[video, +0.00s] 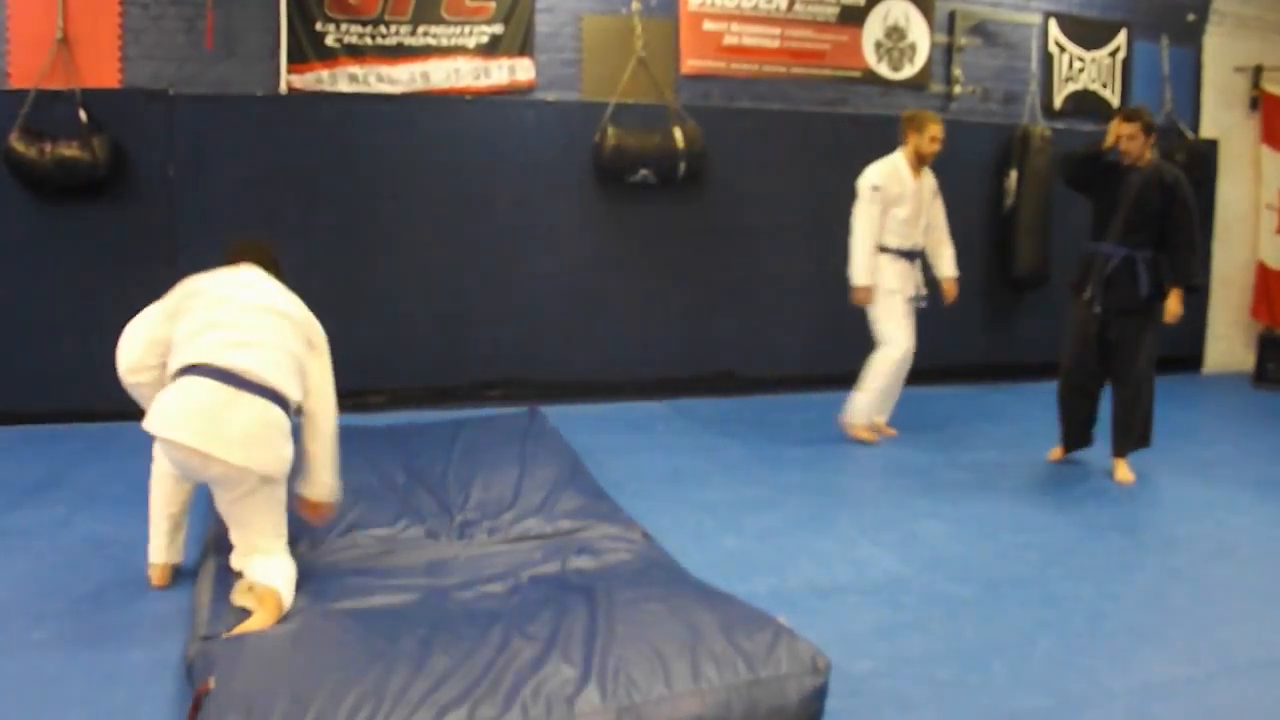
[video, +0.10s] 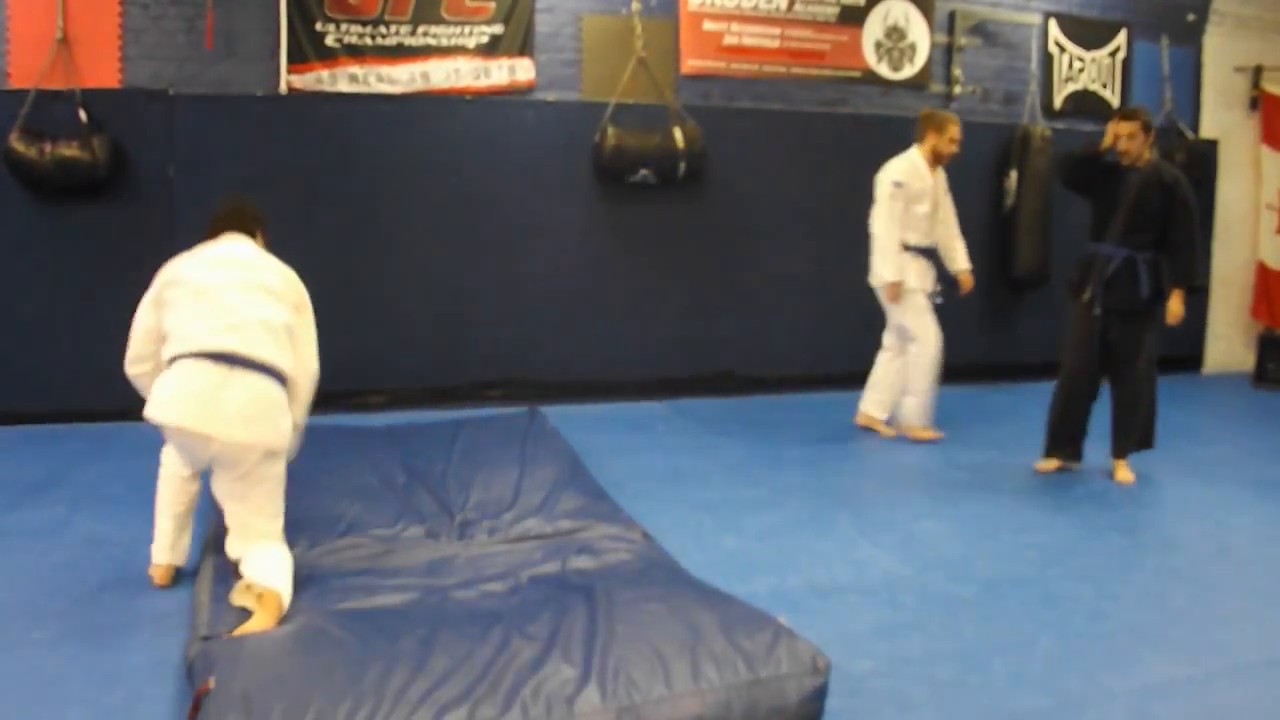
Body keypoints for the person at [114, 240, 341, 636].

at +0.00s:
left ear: (230, 265)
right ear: (277, 274)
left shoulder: (195, 288)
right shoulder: (304, 319)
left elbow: (133, 355)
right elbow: (321, 412)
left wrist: (168, 409)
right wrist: (320, 487)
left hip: (184, 421)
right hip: (256, 439)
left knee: (171, 457)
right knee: (263, 545)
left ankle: (161, 563)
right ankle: (267, 601)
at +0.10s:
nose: (267, 245)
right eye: (266, 240)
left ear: (210, 234)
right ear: (260, 238)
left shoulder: (178, 267)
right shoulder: (287, 280)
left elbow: (138, 359)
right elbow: (306, 369)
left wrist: (171, 401)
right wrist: (287, 434)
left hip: (186, 394)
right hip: (259, 405)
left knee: (180, 460)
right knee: (260, 528)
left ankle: (164, 562)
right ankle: (269, 595)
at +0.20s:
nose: (270, 210)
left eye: (268, 204)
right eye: (269, 204)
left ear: (212, 203)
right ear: (261, 203)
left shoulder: (176, 246)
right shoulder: (285, 250)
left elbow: (153, 332)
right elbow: (305, 341)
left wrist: (169, 379)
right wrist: (298, 412)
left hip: (185, 362)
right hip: (259, 368)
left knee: (191, 451)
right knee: (268, 499)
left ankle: (166, 561)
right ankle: (258, 574)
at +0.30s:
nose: (300, 189)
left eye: (300, 180)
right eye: (299, 180)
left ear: (244, 177)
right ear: (285, 176)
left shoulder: (194, 223)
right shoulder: (298, 225)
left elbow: (172, 305)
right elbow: (323, 314)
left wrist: (177, 353)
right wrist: (341, 387)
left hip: (188, 350)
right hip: (258, 353)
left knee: (204, 447)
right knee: (311, 460)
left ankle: (168, 559)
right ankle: (263, 516)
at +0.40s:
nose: (342, 176)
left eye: (343, 164)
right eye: (340, 164)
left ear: (292, 157)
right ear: (322, 159)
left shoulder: (227, 200)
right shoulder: (327, 206)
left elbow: (210, 276)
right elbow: (357, 297)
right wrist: (405, 336)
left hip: (196, 335)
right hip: (267, 340)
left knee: (216, 447)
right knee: (349, 407)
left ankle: (168, 562)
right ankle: (308, 488)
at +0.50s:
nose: (396, 158)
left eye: (397, 148)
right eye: (394, 146)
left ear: (345, 135)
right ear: (376, 138)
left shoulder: (279, 175)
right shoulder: (367, 190)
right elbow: (397, 282)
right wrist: (456, 266)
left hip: (224, 305)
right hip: (286, 316)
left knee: (226, 438)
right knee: (378, 391)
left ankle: (175, 558)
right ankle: (375, 519)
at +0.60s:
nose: (440, 149)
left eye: (442, 139)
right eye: (438, 138)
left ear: (391, 126)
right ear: (418, 130)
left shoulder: (326, 160)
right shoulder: (410, 183)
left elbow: (274, 231)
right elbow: (443, 269)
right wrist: (482, 216)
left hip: (268, 292)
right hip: (327, 308)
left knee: (248, 424)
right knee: (392, 425)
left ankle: (176, 537)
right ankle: (402, 544)